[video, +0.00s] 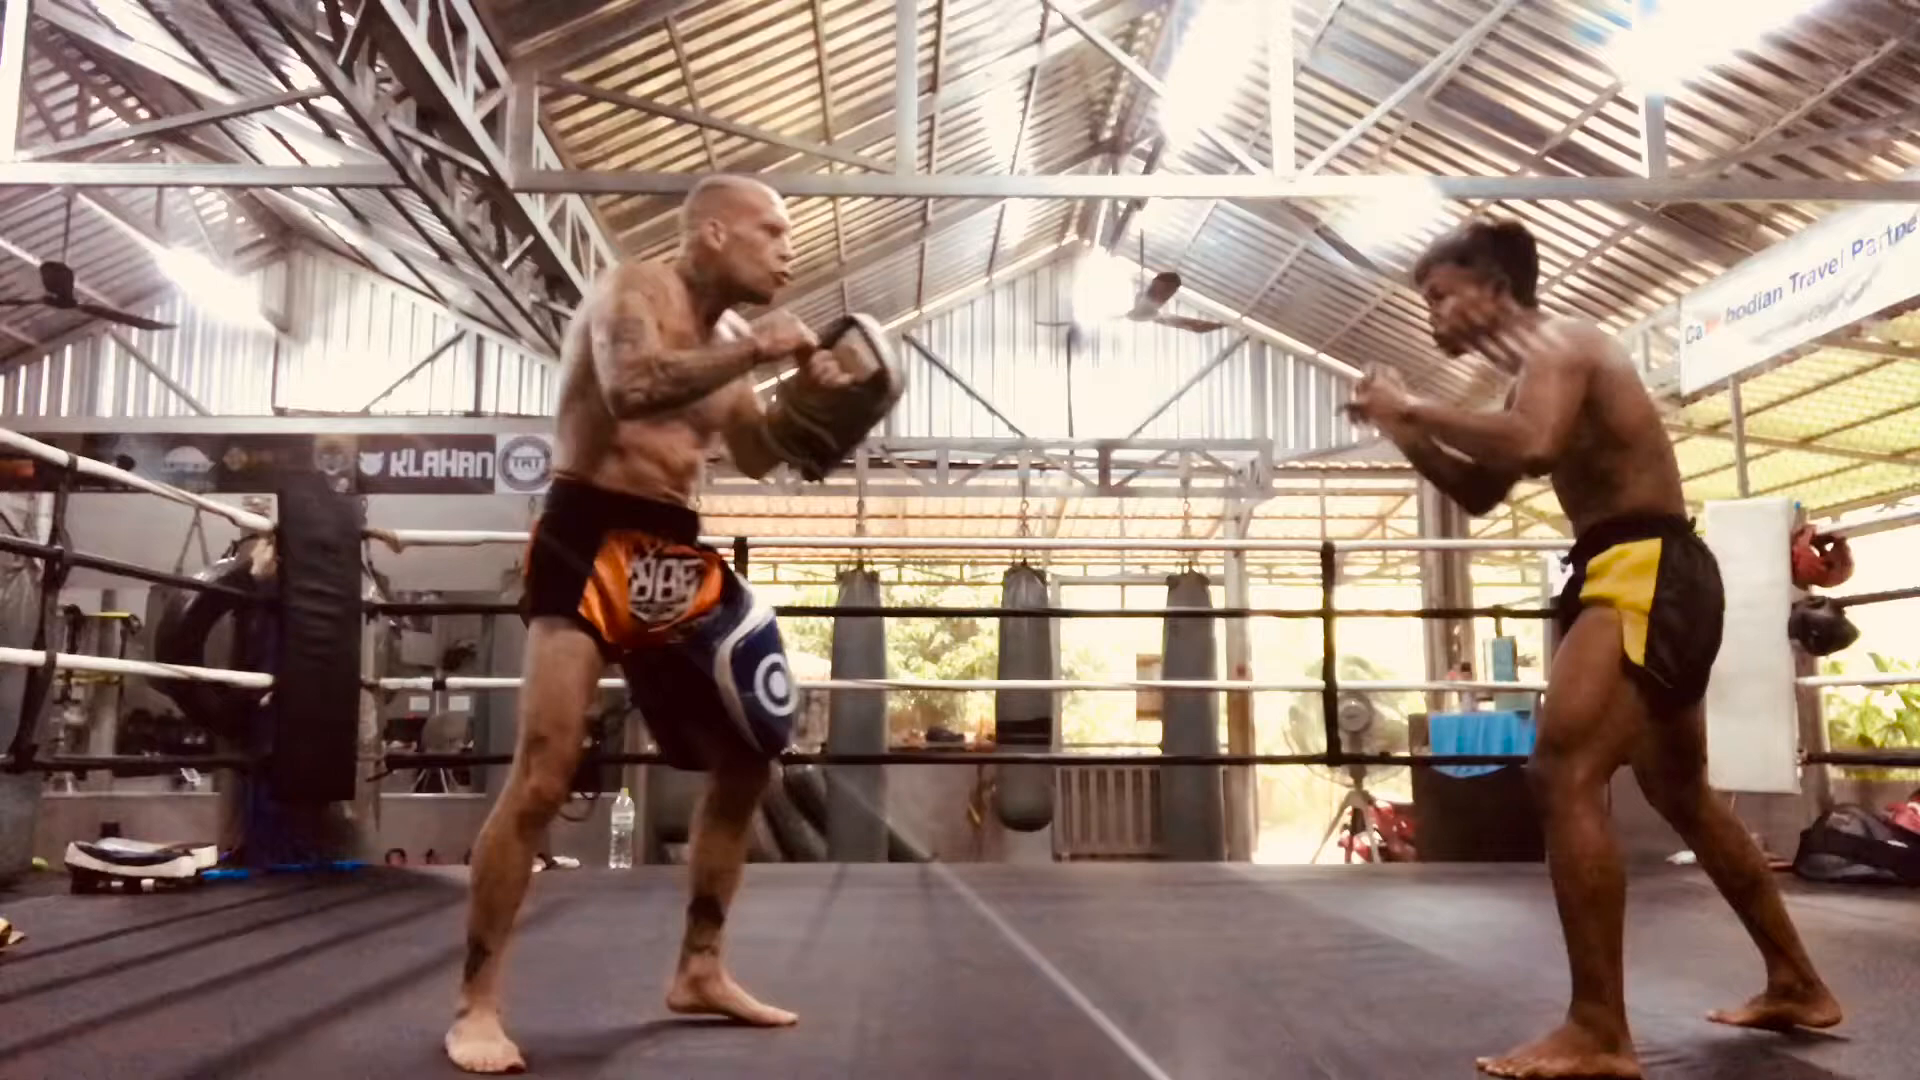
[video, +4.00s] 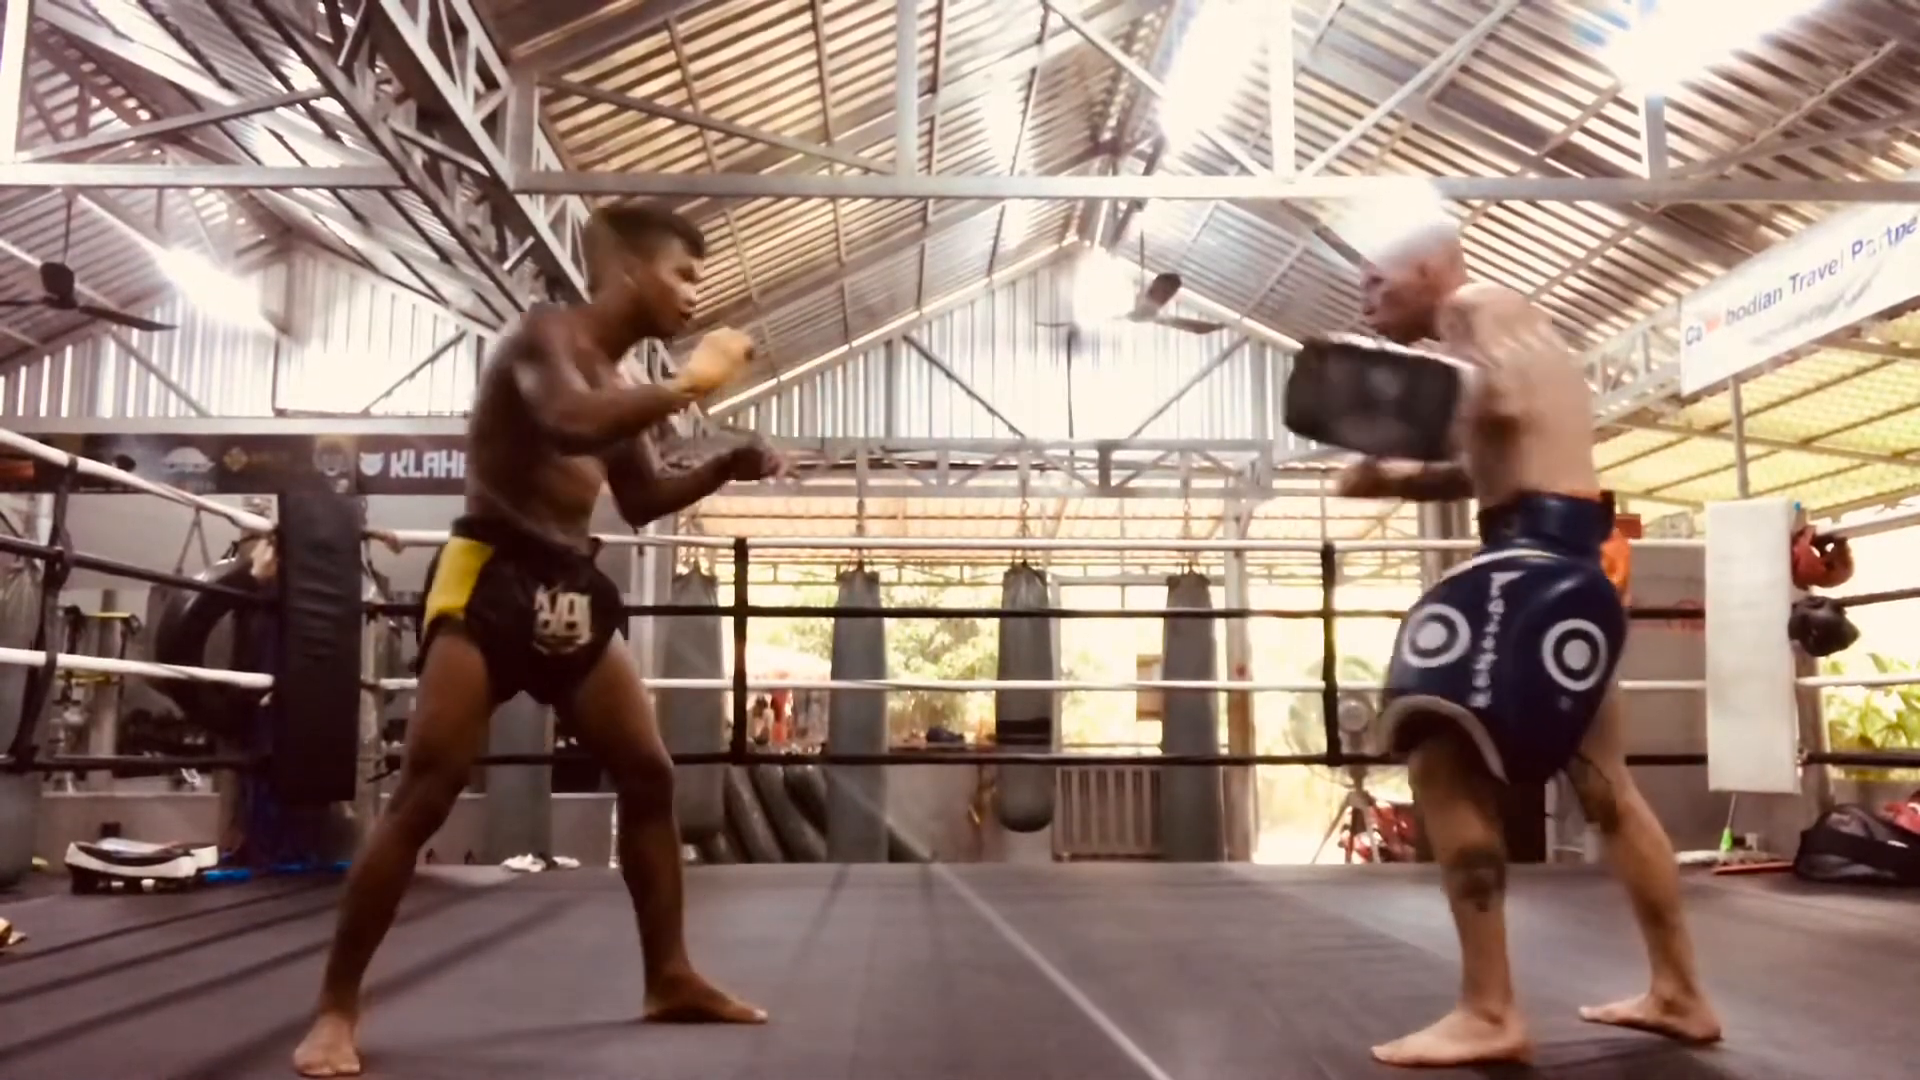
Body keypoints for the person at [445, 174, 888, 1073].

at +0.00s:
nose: (785, 251)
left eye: (786, 236)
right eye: (771, 233)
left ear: (728, 236)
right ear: (713, 232)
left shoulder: (720, 336)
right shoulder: (634, 285)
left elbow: (758, 448)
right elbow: (633, 383)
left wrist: (820, 400)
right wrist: (759, 349)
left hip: (675, 545)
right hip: (587, 535)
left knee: (747, 753)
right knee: (543, 781)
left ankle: (701, 970)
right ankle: (478, 1006)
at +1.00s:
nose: (1026, 248)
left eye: (1030, 236)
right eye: (1015, 230)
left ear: (985, 229)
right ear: (965, 221)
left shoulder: (964, 318)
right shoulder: (923, 272)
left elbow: (963, 451)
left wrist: (1027, 407)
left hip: (936, 513)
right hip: (918, 502)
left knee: (1011, 745)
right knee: (1004, 733)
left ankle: (984, 983)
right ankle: (880, 983)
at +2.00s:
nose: (1162, 252)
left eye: (1155, 240)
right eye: (1158, 240)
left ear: (1082, 244)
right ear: (1144, 237)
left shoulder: (1028, 326)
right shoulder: (1149, 289)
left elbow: (946, 432)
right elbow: (1196, 411)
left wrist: (1007, 500)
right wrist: (1184, 478)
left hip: (1016, 533)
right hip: (1091, 520)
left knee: (1080, 788)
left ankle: (1077, 1006)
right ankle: (921, 942)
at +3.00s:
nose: (1285, 291)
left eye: (1291, 268)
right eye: (1279, 274)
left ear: (1338, 252)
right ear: (1342, 255)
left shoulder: (1415, 299)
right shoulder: (1430, 307)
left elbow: (1505, 395)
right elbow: (1456, 424)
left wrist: (1396, 442)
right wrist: (1372, 464)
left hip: (1501, 530)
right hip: (1535, 528)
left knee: (1462, 770)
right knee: (1532, 772)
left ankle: (1500, 1026)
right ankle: (1619, 974)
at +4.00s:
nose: (1368, 305)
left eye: (1376, 284)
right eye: (1364, 289)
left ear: (1428, 268)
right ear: (1433, 268)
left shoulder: (1473, 309)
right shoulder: (1519, 324)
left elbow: (1507, 397)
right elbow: (1489, 469)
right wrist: (1391, 477)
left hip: (1531, 550)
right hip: (1581, 551)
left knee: (1443, 759)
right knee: (1605, 786)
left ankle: (1488, 1008)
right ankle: (1680, 992)